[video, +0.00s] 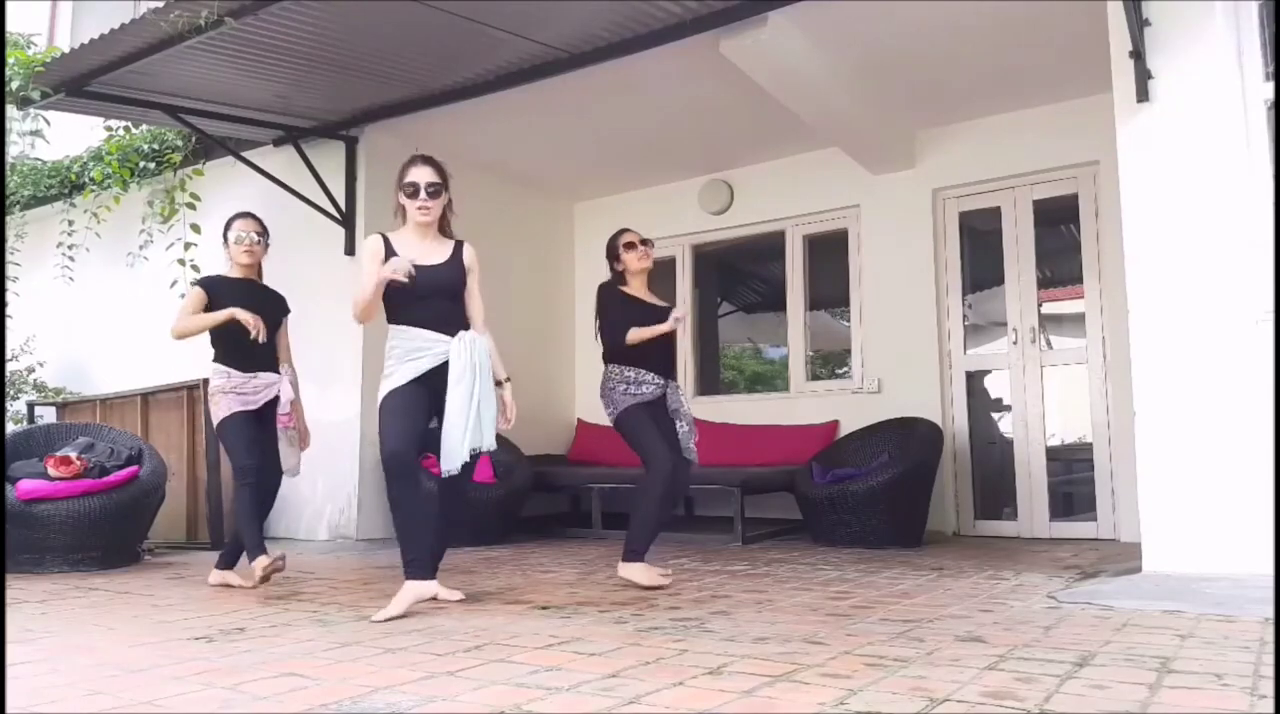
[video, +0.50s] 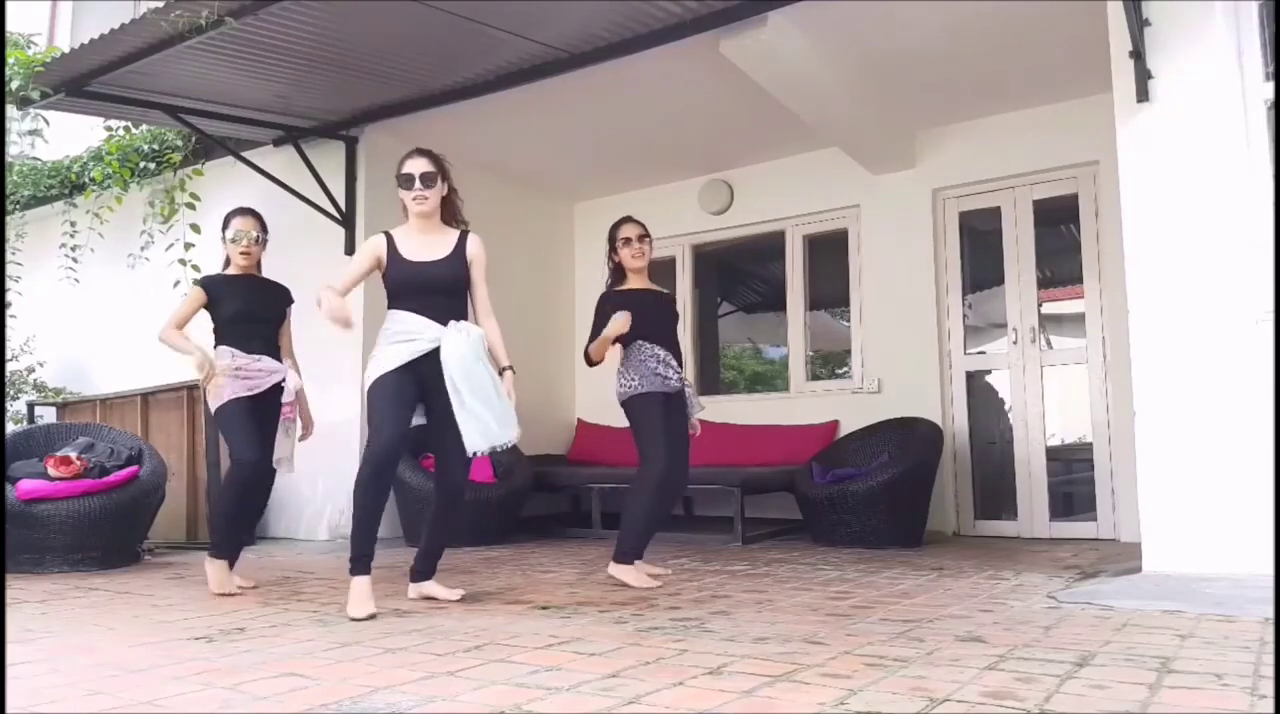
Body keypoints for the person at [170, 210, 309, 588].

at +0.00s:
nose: (249, 241)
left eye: (257, 236)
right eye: (240, 236)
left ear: (266, 246)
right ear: (227, 246)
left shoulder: (275, 300)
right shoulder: (210, 286)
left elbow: (286, 362)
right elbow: (179, 327)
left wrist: (298, 413)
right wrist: (230, 313)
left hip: (272, 390)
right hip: (230, 389)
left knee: (270, 478)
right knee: (247, 469)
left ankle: (224, 567)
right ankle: (258, 558)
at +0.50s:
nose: (247, 243)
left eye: (255, 237)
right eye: (238, 237)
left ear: (265, 243)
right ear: (225, 243)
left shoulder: (279, 293)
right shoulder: (212, 286)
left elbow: (287, 355)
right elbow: (168, 332)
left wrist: (303, 403)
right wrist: (199, 353)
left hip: (272, 386)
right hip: (228, 383)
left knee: (263, 474)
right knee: (248, 462)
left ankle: (229, 561)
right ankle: (217, 557)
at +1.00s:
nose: (249, 247)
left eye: (257, 239)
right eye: (240, 240)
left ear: (270, 246)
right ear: (230, 246)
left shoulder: (283, 299)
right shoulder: (212, 287)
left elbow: (290, 363)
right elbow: (208, 347)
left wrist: (309, 412)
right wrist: (180, 314)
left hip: (272, 392)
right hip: (227, 389)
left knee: (268, 479)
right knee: (230, 468)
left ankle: (240, 564)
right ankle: (214, 564)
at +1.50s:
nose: (246, 249)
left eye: (254, 241)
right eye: (238, 242)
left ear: (269, 246)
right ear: (230, 248)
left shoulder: (289, 295)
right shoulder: (217, 291)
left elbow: (301, 355)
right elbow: (175, 339)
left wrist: (314, 407)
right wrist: (178, 377)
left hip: (271, 389)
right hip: (224, 386)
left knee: (269, 477)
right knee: (209, 466)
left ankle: (238, 566)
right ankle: (196, 562)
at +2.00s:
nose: (239, 249)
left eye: (248, 241)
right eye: (233, 243)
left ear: (267, 246)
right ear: (228, 248)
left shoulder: (285, 295)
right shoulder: (219, 292)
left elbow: (295, 352)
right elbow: (188, 340)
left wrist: (303, 400)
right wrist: (191, 347)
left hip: (275, 391)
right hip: (234, 391)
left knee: (265, 477)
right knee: (200, 464)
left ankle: (266, 564)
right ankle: (222, 553)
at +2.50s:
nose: (237, 251)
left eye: (246, 244)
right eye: (231, 245)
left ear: (263, 250)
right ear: (224, 251)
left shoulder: (281, 295)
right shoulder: (215, 299)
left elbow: (286, 356)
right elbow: (209, 358)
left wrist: (283, 406)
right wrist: (192, 404)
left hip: (260, 393)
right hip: (217, 393)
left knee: (239, 476)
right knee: (208, 479)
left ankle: (265, 564)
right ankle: (231, 565)